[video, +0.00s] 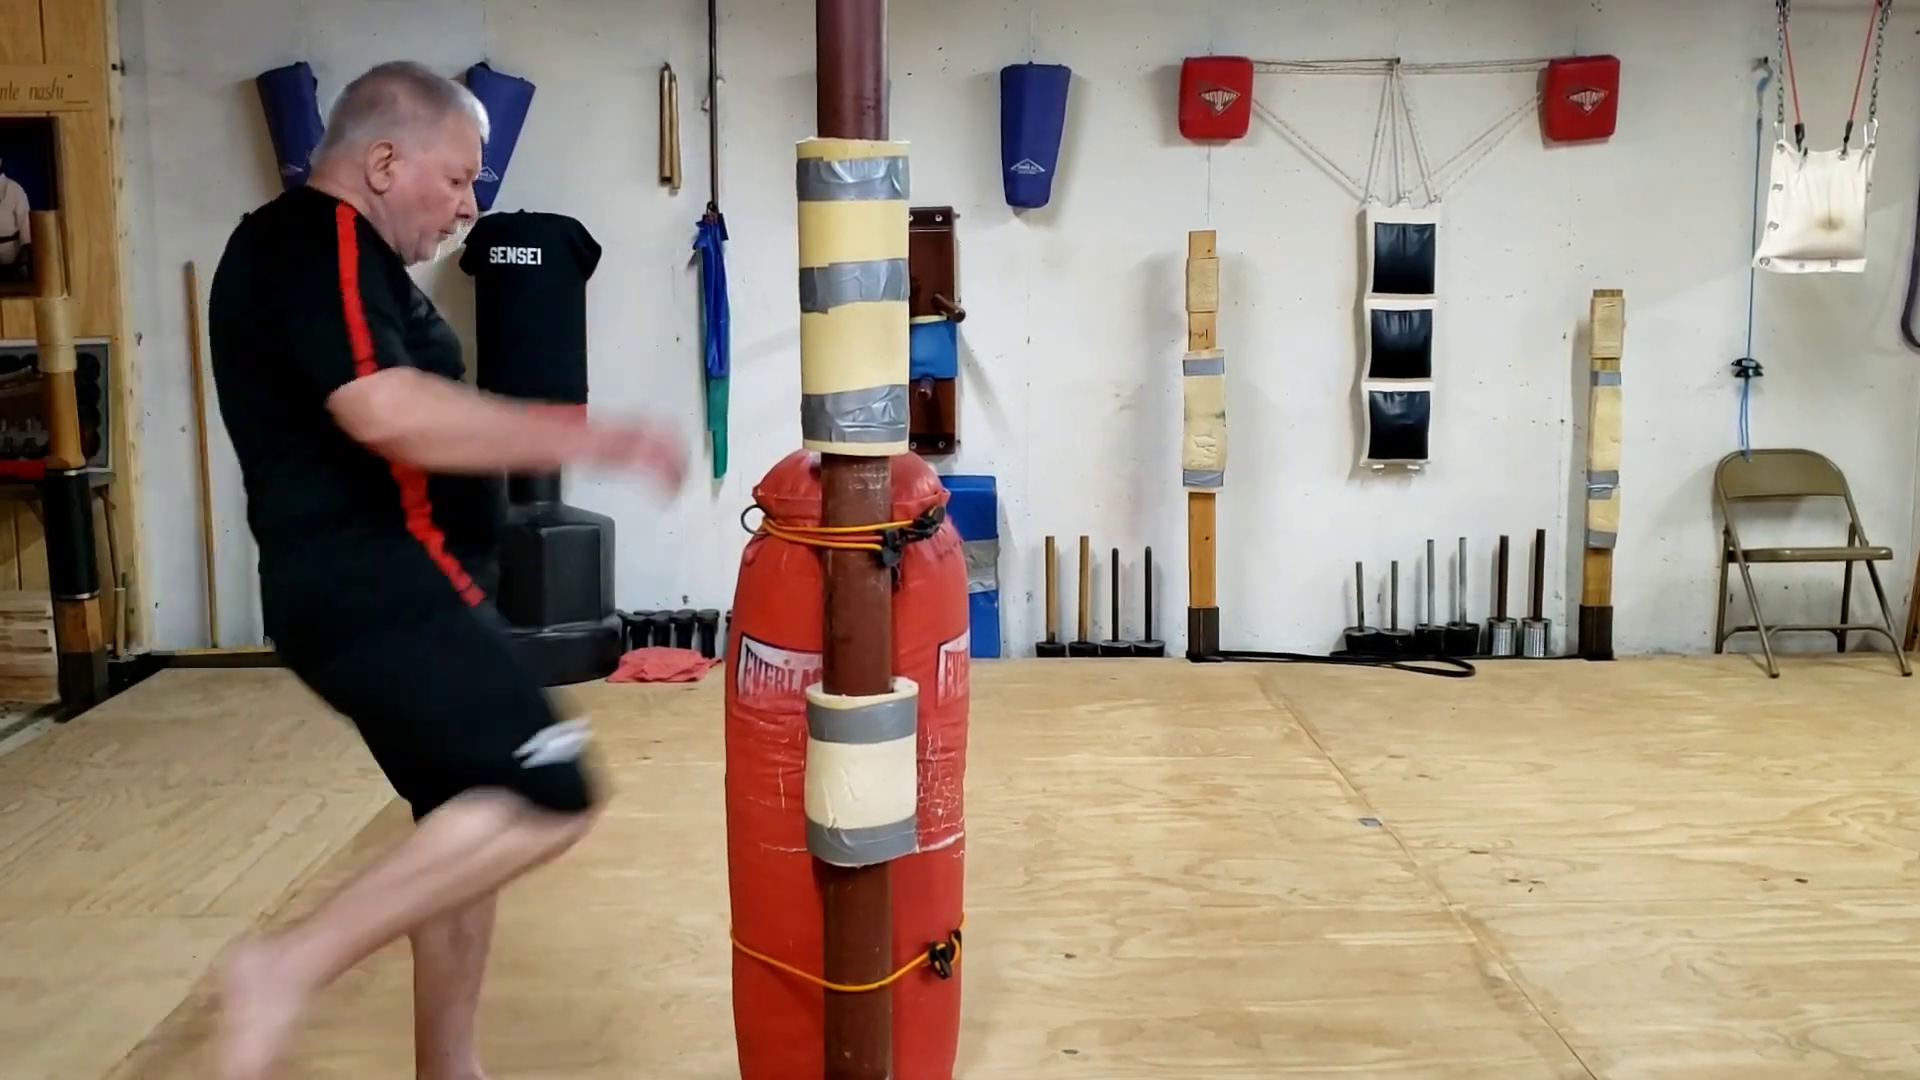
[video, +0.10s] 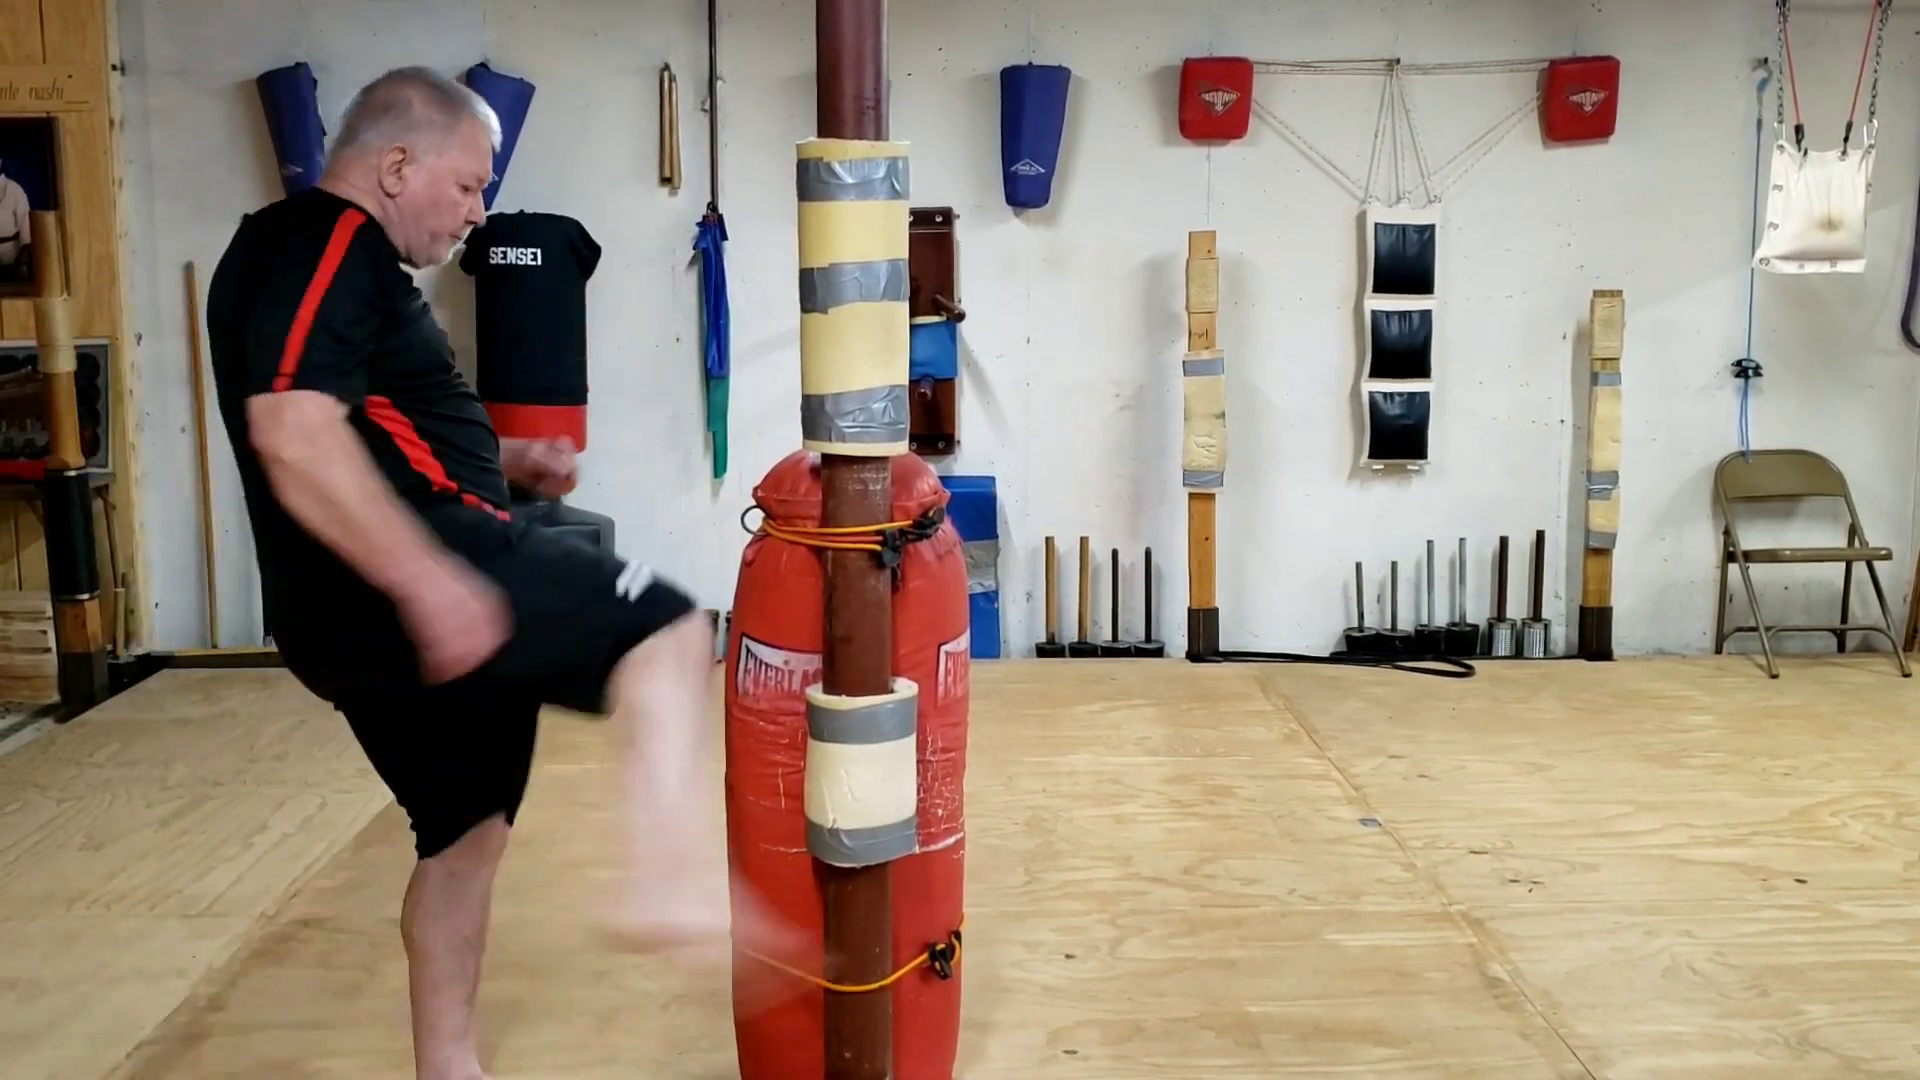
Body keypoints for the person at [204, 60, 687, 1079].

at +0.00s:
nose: (468, 211)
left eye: (473, 189)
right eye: (462, 183)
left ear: (378, 164)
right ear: (384, 160)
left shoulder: (339, 248)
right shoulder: (315, 241)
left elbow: (417, 410)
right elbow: (386, 411)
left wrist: (569, 434)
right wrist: (593, 437)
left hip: (369, 586)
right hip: (371, 585)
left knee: (469, 820)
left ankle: (449, 1066)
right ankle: (279, 971)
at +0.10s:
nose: (476, 219)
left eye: (481, 195)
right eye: (470, 188)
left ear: (387, 173)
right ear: (396, 167)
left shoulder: (295, 246)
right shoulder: (329, 240)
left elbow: (356, 432)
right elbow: (292, 427)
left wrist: (497, 461)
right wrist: (425, 578)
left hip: (338, 598)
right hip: (405, 557)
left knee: (465, 824)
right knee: (667, 630)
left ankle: (448, 1067)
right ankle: (671, 882)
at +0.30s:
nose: (481, 229)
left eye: (486, 207)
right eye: (475, 200)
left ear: (393, 181)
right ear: (400, 178)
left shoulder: (311, 255)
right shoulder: (328, 251)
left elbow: (363, 455)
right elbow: (318, 445)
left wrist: (493, 469)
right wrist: (499, 556)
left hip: (343, 598)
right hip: (363, 591)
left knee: (477, 832)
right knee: (631, 682)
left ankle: (450, 1065)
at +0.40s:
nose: (482, 226)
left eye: (485, 202)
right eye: (470, 196)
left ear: (389, 184)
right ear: (392, 177)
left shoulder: (346, 260)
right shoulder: (313, 247)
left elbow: (360, 450)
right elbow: (364, 431)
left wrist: (468, 502)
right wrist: (562, 454)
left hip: (387, 591)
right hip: (324, 598)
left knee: (490, 823)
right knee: (471, 824)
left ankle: (453, 1069)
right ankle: (219, 1043)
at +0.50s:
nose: (470, 234)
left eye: (472, 210)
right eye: (454, 206)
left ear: (374, 197)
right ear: (371, 193)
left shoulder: (343, 281)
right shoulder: (276, 263)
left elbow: (311, 480)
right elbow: (383, 433)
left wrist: (429, 563)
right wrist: (552, 393)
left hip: (398, 646)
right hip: (279, 658)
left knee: (481, 846)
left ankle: (453, 1069)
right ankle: (152, 1072)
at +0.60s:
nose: (432, 253)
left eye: (436, 230)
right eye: (415, 229)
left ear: (337, 222)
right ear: (329, 221)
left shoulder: (347, 310)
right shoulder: (224, 294)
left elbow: (326, 501)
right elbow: (328, 466)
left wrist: (420, 577)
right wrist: (506, 391)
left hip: (362, 658)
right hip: (228, 678)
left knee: (485, 844)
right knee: (201, 947)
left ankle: (450, 1069)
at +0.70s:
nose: (400, 248)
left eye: (404, 222)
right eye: (378, 225)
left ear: (299, 221)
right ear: (288, 220)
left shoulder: (349, 303)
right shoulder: (173, 305)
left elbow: (341, 475)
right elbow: (203, 507)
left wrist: (424, 522)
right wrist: (418, 443)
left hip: (355, 657)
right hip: (211, 685)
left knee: (477, 840)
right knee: (180, 952)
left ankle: (446, 1066)